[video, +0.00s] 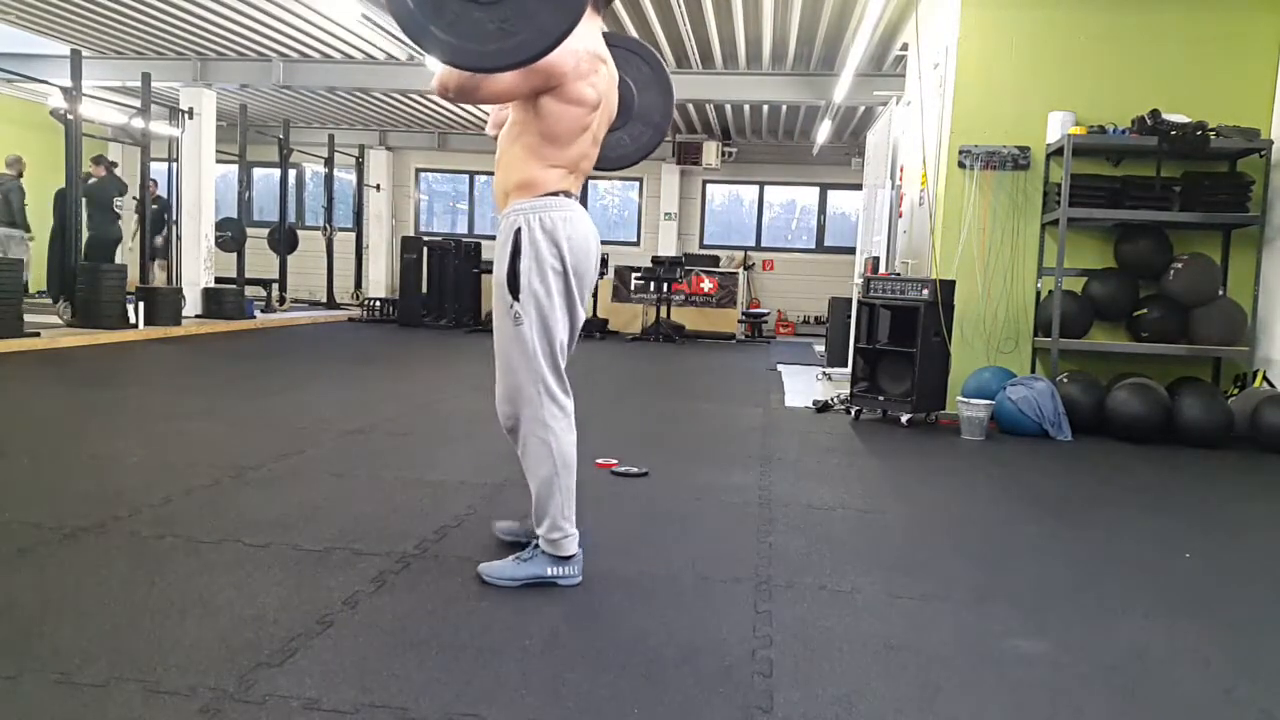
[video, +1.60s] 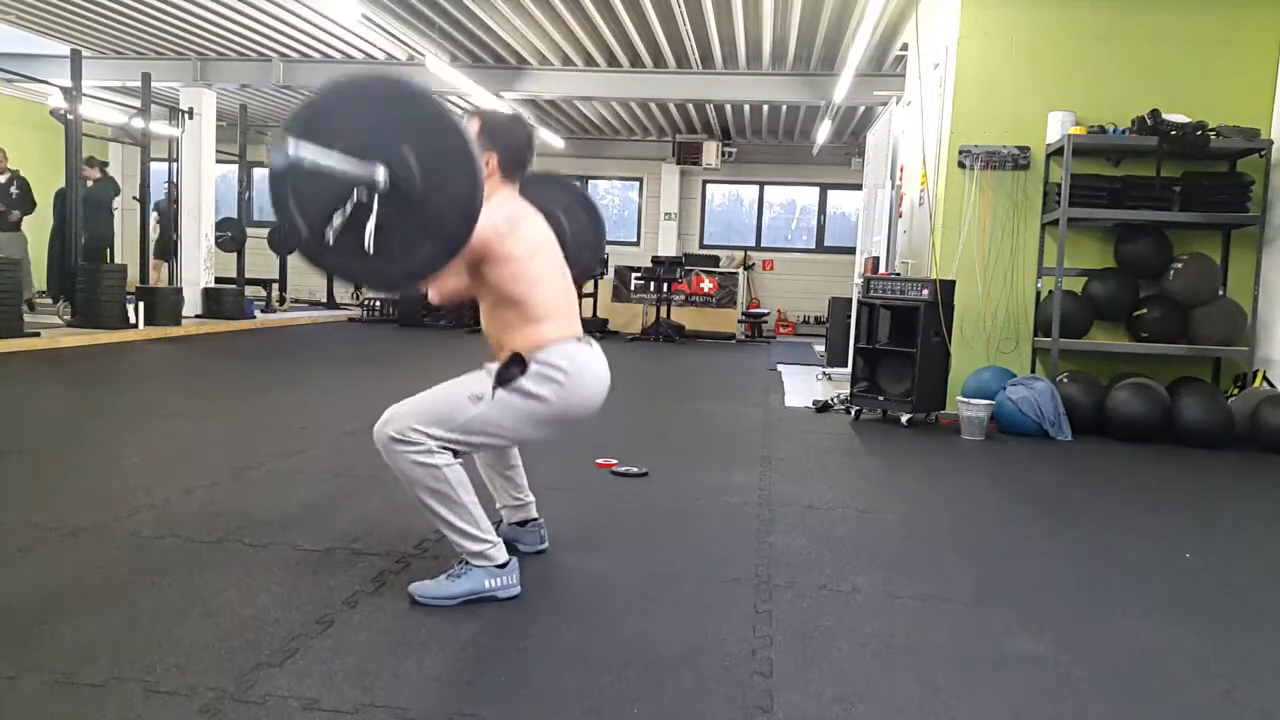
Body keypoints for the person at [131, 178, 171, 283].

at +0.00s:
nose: (148, 189)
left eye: (151, 186)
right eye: (147, 187)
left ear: (156, 188)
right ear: (145, 188)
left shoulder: (162, 201)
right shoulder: (142, 201)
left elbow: (168, 220)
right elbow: (136, 221)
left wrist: (163, 236)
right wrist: (131, 241)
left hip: (158, 235)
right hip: (145, 235)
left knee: (162, 263)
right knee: (146, 262)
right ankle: (145, 284)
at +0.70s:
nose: (165, 191)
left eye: (168, 188)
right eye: (163, 188)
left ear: (173, 189)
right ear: (160, 189)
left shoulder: (177, 202)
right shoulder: (155, 203)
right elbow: (149, 220)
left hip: (175, 234)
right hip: (160, 233)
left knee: (176, 263)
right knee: (155, 263)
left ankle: (177, 289)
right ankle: (152, 288)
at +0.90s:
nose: (169, 192)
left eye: (172, 189)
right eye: (167, 189)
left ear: (176, 190)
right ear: (165, 189)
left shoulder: (180, 203)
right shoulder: (160, 204)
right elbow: (150, 218)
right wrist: (162, 221)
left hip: (179, 237)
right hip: (165, 237)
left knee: (180, 266)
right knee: (158, 266)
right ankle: (152, 287)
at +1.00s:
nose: (171, 192)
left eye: (174, 189)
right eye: (169, 189)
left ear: (177, 190)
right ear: (166, 190)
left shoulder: (181, 203)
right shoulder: (161, 204)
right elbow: (152, 219)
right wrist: (164, 222)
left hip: (179, 237)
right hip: (166, 236)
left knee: (178, 264)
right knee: (160, 264)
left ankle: (177, 289)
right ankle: (153, 288)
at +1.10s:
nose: (173, 192)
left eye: (175, 189)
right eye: (171, 189)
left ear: (178, 190)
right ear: (167, 190)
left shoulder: (181, 204)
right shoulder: (163, 204)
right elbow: (155, 218)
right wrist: (165, 222)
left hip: (179, 236)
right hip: (167, 235)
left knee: (177, 264)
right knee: (160, 264)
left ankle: (177, 288)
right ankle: (153, 287)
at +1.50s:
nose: (173, 190)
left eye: (175, 188)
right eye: (171, 188)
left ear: (178, 189)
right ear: (167, 189)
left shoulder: (180, 203)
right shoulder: (162, 203)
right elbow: (159, 218)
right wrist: (164, 226)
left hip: (178, 235)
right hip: (165, 235)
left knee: (175, 262)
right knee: (157, 263)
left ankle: (175, 286)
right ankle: (153, 285)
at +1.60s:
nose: (168, 191)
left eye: (171, 188)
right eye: (166, 188)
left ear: (176, 190)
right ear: (163, 190)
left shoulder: (179, 204)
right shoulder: (158, 204)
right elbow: (154, 221)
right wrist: (153, 236)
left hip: (177, 236)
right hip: (163, 236)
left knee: (175, 264)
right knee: (156, 264)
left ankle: (175, 288)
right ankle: (153, 287)